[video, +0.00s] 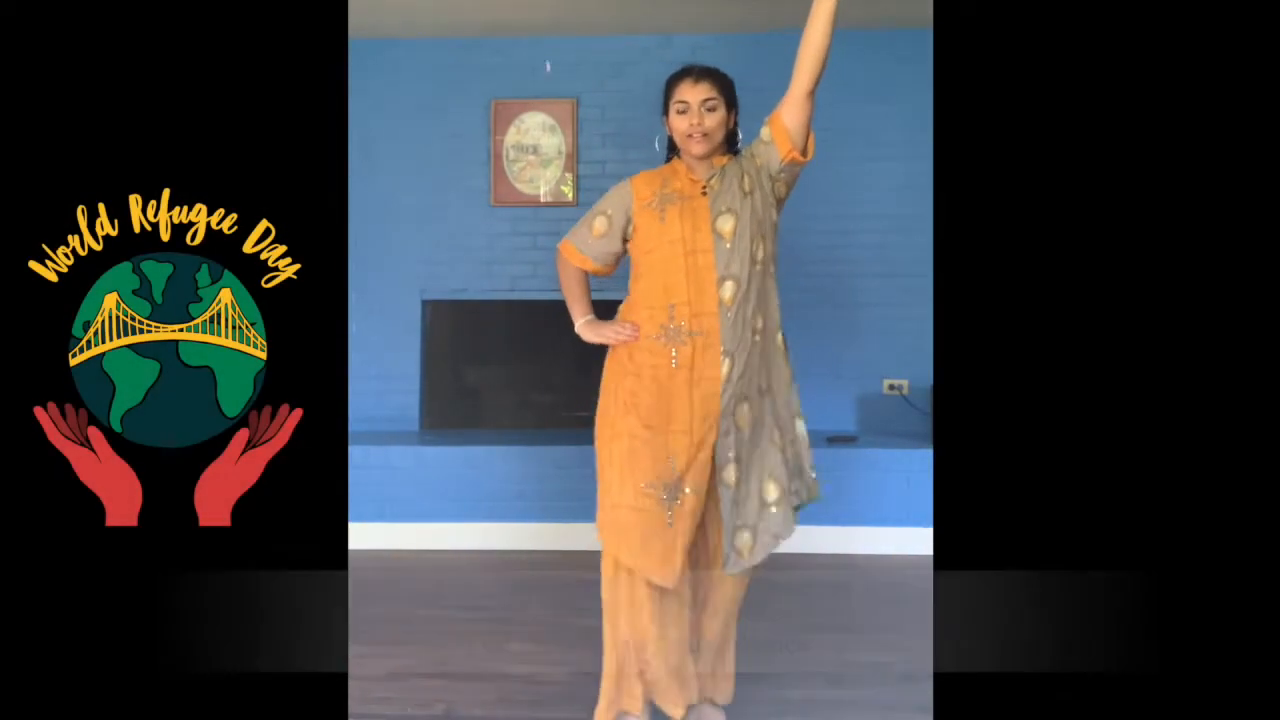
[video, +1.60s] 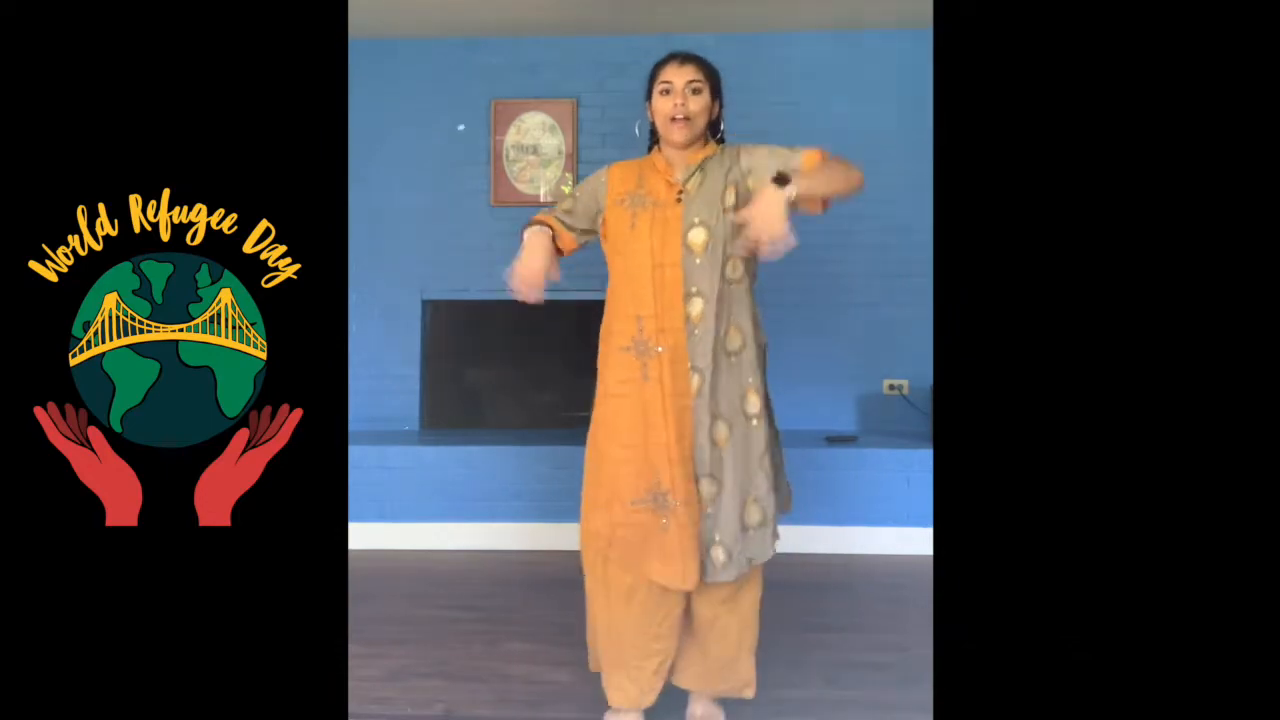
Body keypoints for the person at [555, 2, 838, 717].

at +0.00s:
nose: (695, 119)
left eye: (709, 107)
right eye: (683, 109)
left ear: (731, 117)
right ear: (667, 120)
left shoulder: (757, 179)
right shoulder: (641, 191)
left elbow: (803, 87)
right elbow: (571, 252)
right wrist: (584, 321)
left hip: (731, 386)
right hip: (646, 386)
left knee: (721, 550)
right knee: (642, 550)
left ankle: (702, 698)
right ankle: (632, 701)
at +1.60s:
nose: (679, 101)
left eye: (693, 90)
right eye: (666, 91)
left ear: (714, 106)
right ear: (649, 107)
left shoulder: (744, 167)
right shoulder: (618, 181)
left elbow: (847, 176)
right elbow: (555, 226)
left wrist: (784, 191)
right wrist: (538, 241)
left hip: (720, 383)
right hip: (634, 386)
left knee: (719, 536)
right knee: (630, 536)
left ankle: (704, 697)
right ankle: (627, 699)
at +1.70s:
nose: (682, 103)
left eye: (696, 92)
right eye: (669, 93)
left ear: (718, 106)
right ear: (652, 108)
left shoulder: (747, 180)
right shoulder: (617, 184)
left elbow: (823, 257)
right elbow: (554, 255)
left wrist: (769, 241)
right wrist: (575, 274)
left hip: (719, 381)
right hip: (633, 382)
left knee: (717, 526)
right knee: (633, 528)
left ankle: (703, 690)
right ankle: (628, 692)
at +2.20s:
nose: (693, 103)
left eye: (708, 93)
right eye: (681, 93)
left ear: (731, 107)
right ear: (664, 109)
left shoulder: (757, 169)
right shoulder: (635, 181)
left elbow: (759, 272)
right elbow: (619, 264)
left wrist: (745, 345)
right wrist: (607, 315)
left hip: (717, 383)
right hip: (636, 380)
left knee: (716, 540)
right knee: (642, 541)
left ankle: (714, 674)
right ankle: (650, 696)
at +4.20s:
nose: (687, 109)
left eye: (702, 96)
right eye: (673, 98)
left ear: (726, 102)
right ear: (657, 107)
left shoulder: (767, 175)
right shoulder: (630, 178)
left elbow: (792, 291)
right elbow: (586, 290)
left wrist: (793, 395)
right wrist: (572, 392)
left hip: (724, 405)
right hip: (631, 405)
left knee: (721, 576)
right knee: (635, 579)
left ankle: (715, 709)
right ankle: (644, 713)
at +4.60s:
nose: (691, 132)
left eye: (707, 120)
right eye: (676, 120)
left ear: (727, 132)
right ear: (658, 132)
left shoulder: (756, 216)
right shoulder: (614, 205)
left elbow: (838, 294)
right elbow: (549, 285)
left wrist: (776, 297)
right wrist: (598, 305)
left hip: (728, 446)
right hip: (634, 443)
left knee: (714, 619)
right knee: (638, 615)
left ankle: (692, 711)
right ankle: (635, 711)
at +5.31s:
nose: (680, 100)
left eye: (696, 84)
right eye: (663, 86)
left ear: (723, 99)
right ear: (645, 102)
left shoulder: (751, 194)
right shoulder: (607, 178)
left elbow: (760, 313)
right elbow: (581, 307)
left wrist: (786, 416)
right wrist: (563, 421)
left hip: (719, 433)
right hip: (618, 428)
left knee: (707, 621)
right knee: (609, 609)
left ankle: (687, 711)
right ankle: (594, 709)